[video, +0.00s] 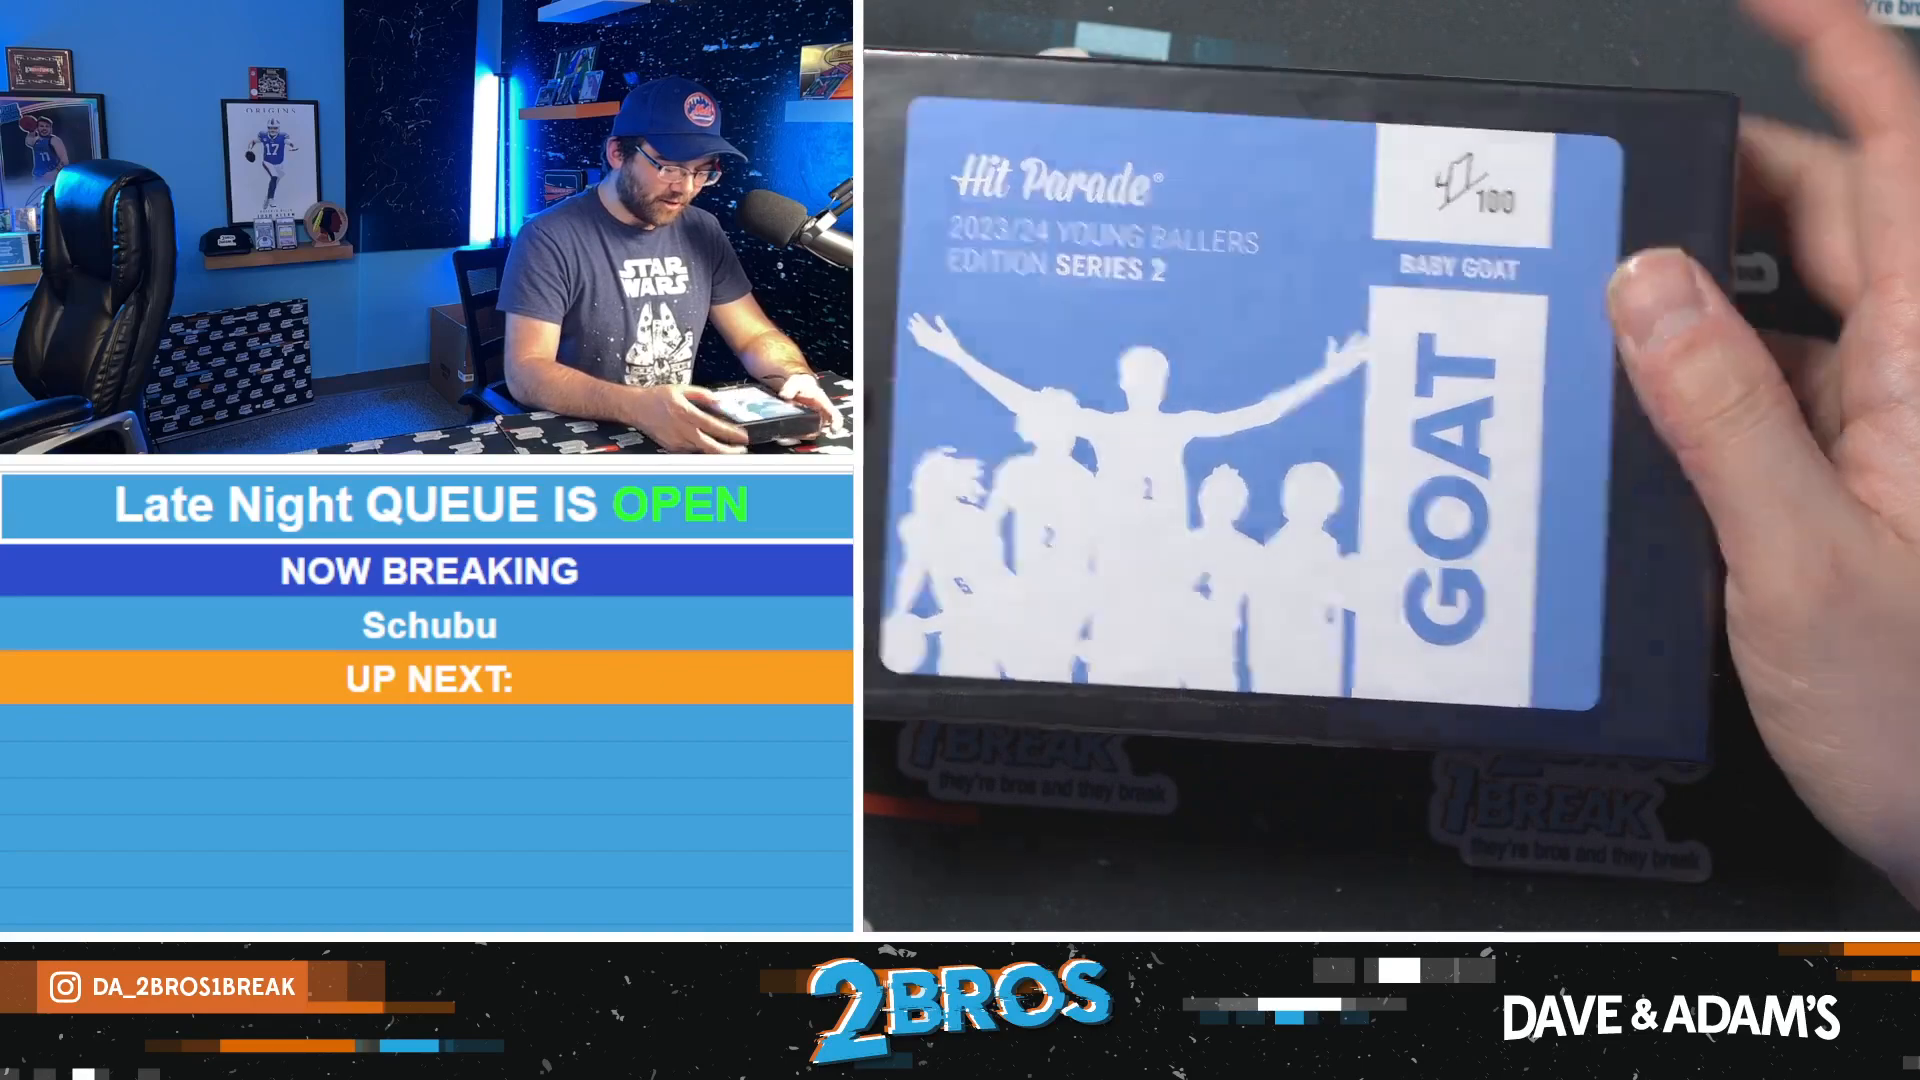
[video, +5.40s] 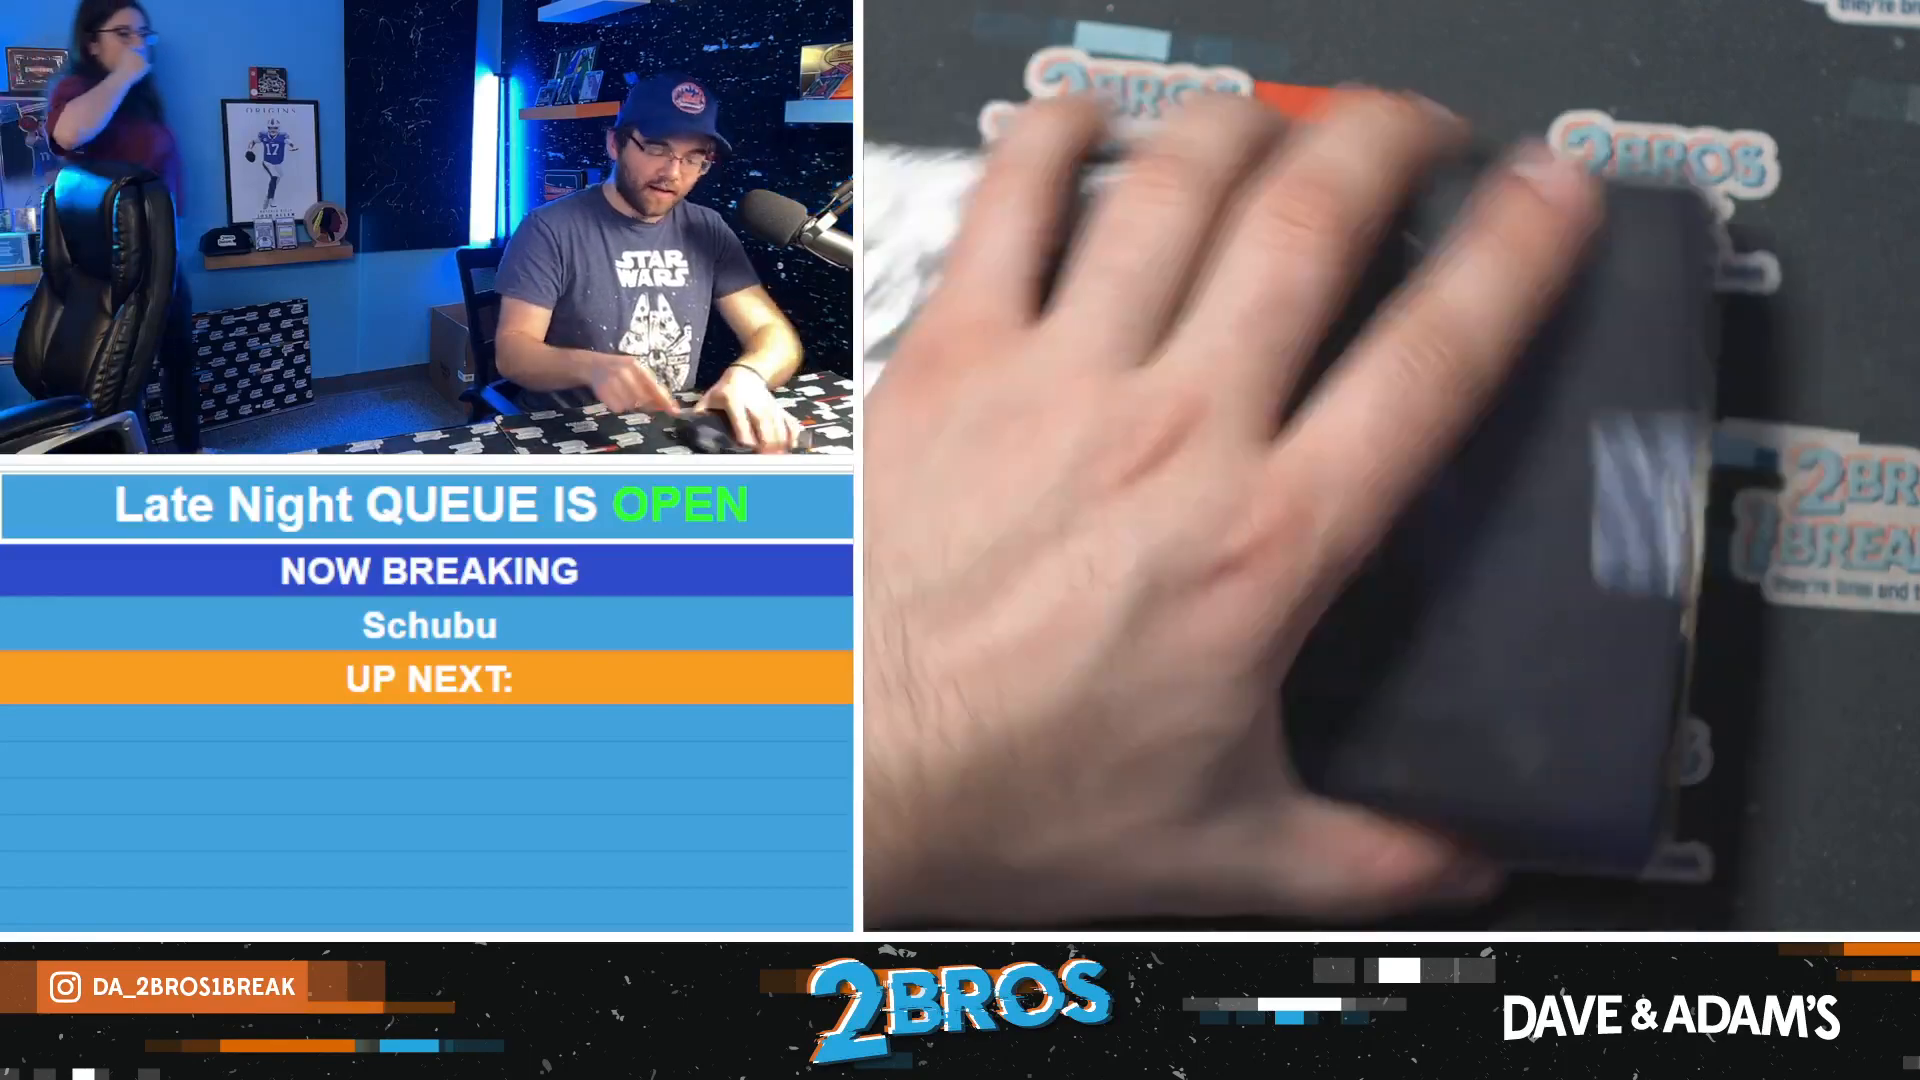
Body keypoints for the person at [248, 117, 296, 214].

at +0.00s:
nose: (273, 130)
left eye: (275, 128)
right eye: (271, 128)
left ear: (278, 128)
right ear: (268, 128)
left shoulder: (283, 136)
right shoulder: (263, 136)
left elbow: (290, 142)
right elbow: (254, 141)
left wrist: (292, 147)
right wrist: (250, 148)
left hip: (279, 164)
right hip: (267, 162)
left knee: (275, 182)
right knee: (274, 176)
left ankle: (267, 200)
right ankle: (270, 199)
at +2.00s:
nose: (273, 130)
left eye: (275, 128)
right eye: (271, 128)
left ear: (278, 128)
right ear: (268, 128)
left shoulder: (283, 136)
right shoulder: (263, 136)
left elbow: (290, 143)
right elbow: (253, 141)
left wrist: (292, 147)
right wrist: (250, 149)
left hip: (279, 164)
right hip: (267, 162)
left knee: (275, 182)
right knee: (274, 176)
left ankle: (267, 200)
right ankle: (270, 199)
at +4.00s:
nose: (273, 131)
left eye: (275, 129)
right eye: (271, 128)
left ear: (278, 129)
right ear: (268, 128)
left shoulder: (283, 136)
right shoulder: (263, 136)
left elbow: (289, 142)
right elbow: (254, 142)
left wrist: (292, 146)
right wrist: (250, 148)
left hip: (279, 163)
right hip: (267, 162)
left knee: (276, 182)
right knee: (274, 176)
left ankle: (267, 200)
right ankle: (270, 199)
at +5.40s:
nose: (273, 131)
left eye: (275, 129)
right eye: (271, 129)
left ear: (278, 129)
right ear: (268, 129)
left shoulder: (283, 137)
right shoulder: (264, 137)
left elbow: (290, 143)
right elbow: (253, 142)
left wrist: (293, 147)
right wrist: (250, 147)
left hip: (278, 163)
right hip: (267, 162)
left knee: (277, 180)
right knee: (275, 176)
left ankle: (268, 198)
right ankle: (271, 199)